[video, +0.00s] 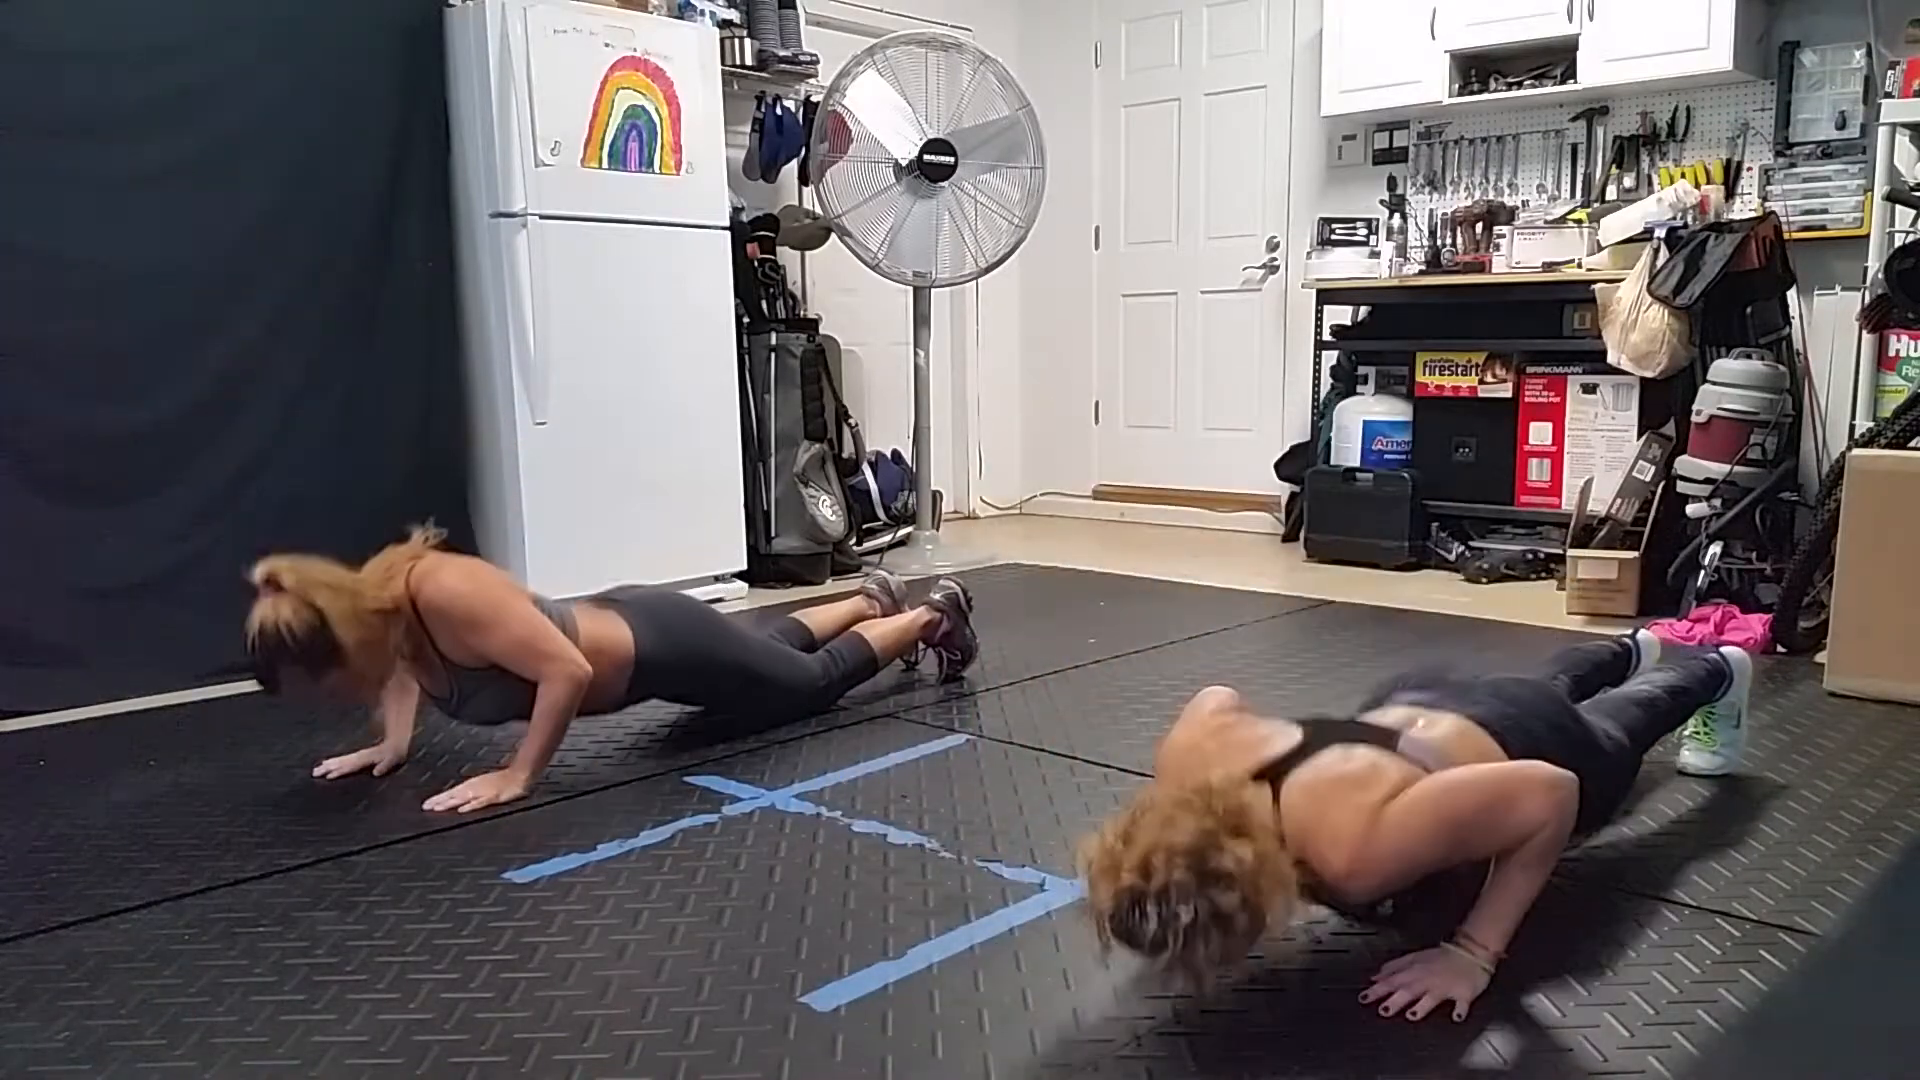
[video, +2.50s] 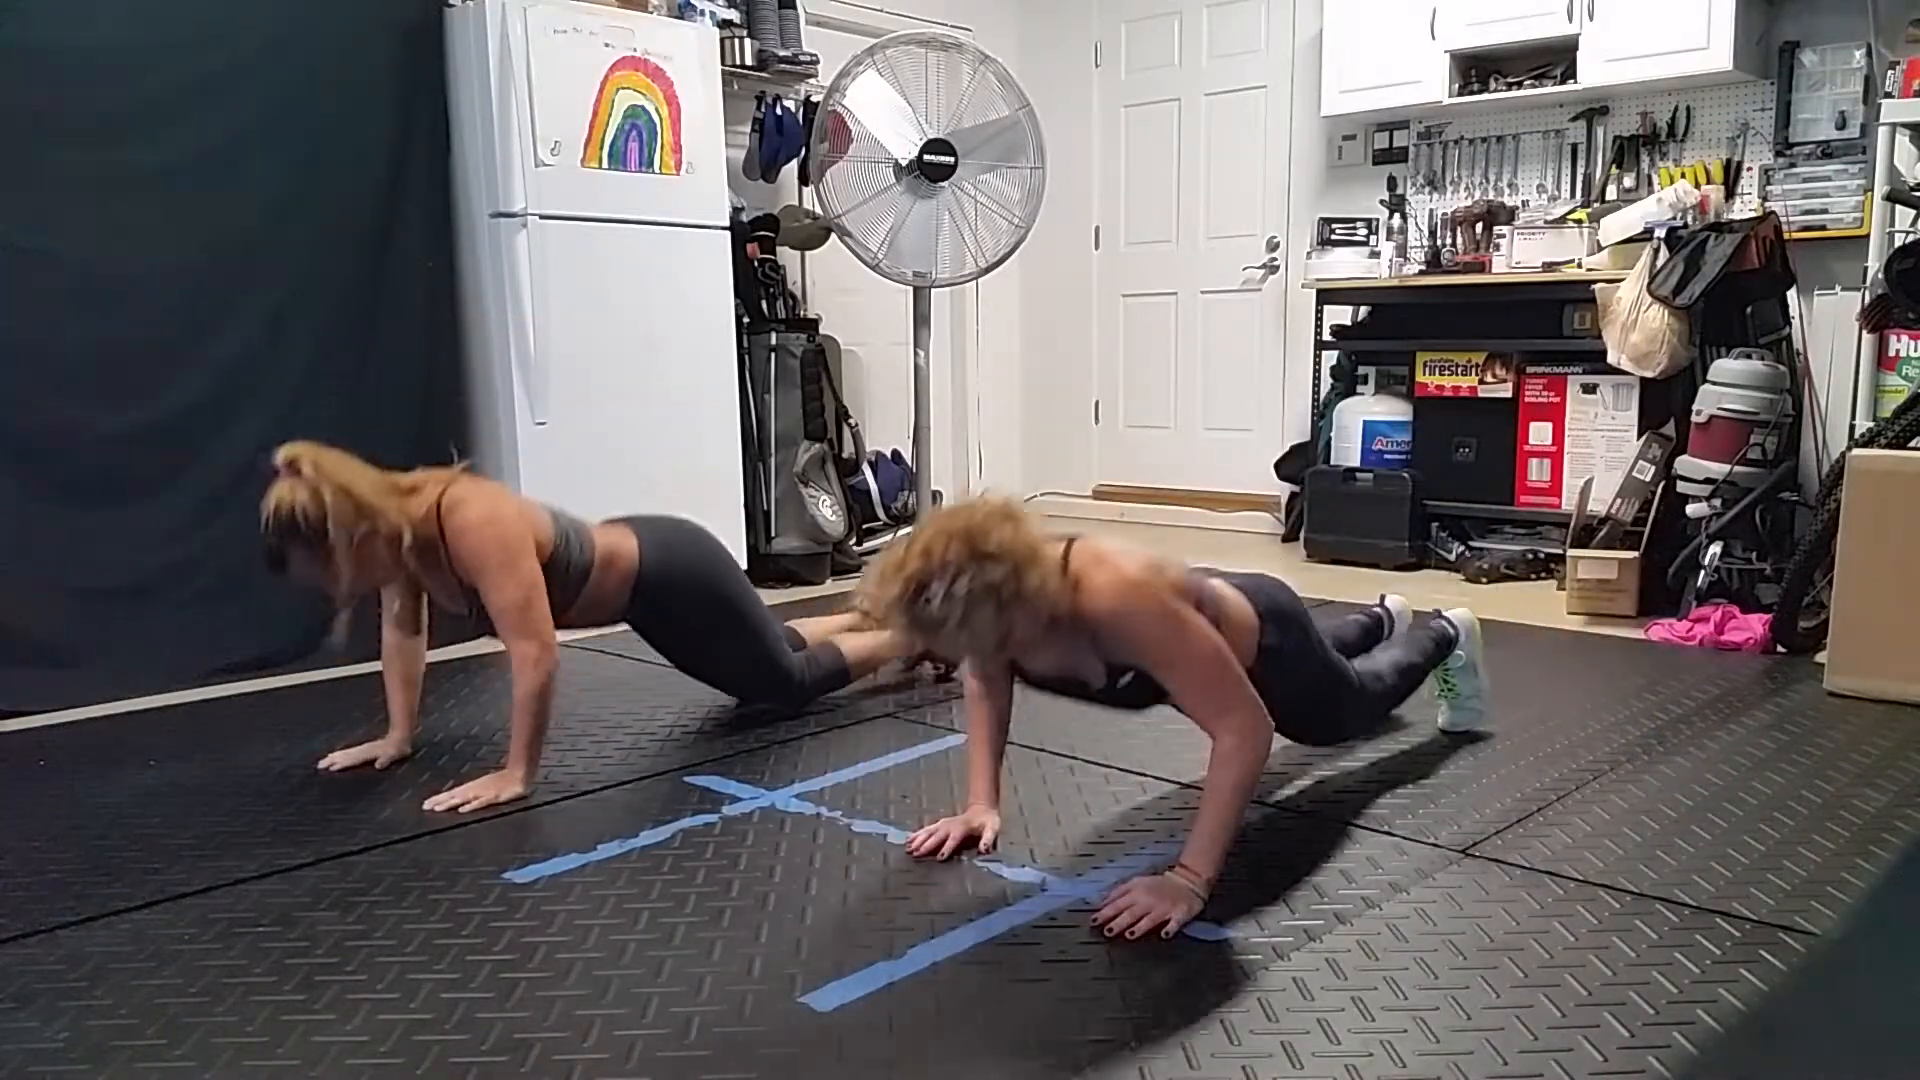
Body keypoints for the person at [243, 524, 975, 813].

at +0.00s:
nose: (330, 697)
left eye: (322, 684)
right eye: (315, 692)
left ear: (337, 645)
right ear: (334, 635)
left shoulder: (447, 593)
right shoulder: (386, 607)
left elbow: (564, 670)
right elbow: (399, 673)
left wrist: (515, 775)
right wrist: (389, 742)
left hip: (666, 646)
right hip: (631, 625)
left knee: (819, 677)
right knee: (764, 640)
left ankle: (927, 618)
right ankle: (869, 595)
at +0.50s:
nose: (342, 549)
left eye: (346, 531)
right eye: (334, 534)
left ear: (387, 505)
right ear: (377, 507)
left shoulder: (504, 520)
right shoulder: (415, 536)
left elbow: (547, 657)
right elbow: (408, 639)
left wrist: (517, 774)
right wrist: (394, 742)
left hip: (683, 624)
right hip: (643, 606)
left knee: (819, 678)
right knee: (768, 634)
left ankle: (932, 618)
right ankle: (874, 595)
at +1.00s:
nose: (416, 429)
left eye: (434, 414)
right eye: (415, 410)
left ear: (497, 412)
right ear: (433, 408)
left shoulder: (542, 508)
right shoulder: (463, 443)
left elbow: (539, 650)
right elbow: (332, 376)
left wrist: (518, 773)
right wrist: (212, 306)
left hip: (709, 599)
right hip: (679, 567)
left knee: (830, 687)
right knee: (787, 634)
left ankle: (931, 621)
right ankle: (878, 598)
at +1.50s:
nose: (369, 463)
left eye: (383, 445)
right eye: (365, 445)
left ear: (453, 438)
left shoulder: (522, 513)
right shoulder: (433, 504)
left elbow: (542, 655)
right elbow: (422, 618)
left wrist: (518, 772)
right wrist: (397, 732)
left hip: (702, 603)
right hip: (666, 581)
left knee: (832, 676)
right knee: (780, 641)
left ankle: (937, 607)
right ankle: (884, 591)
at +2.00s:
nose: (314, 685)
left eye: (307, 671)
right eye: (299, 675)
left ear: (337, 632)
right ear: (333, 630)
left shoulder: (449, 609)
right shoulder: (383, 614)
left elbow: (561, 672)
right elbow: (392, 665)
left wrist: (516, 774)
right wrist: (398, 734)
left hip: (657, 652)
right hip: (618, 629)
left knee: (814, 678)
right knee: (760, 643)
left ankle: (914, 613)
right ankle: (865, 597)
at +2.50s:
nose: (331, 591)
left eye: (324, 573)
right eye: (318, 582)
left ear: (348, 536)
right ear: (342, 534)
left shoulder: (472, 519)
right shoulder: (397, 524)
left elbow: (535, 649)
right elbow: (404, 627)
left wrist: (517, 774)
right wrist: (398, 735)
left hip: (669, 576)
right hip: (636, 576)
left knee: (795, 679)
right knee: (771, 653)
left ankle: (918, 635)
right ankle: (883, 616)